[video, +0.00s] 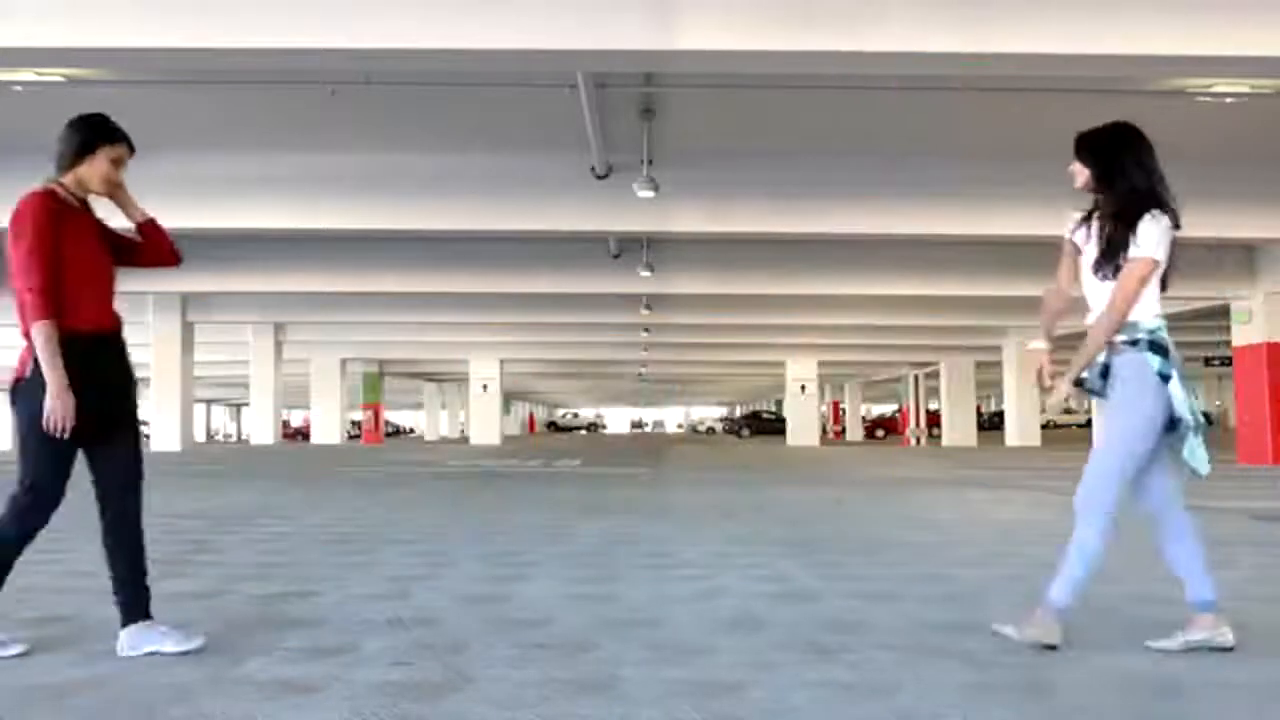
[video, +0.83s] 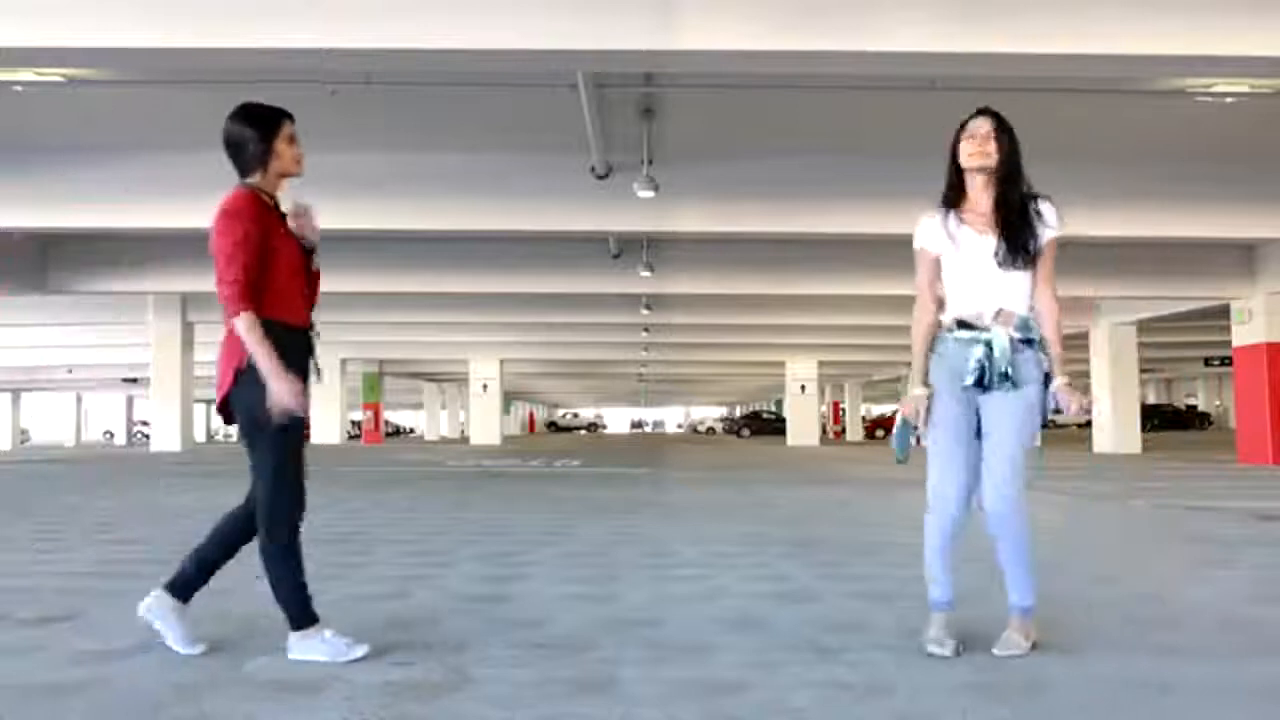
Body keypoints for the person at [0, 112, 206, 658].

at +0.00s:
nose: (117, 176)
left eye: (121, 167)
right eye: (114, 164)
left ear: (95, 163)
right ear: (85, 155)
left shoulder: (91, 227)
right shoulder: (36, 209)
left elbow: (165, 254)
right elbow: (33, 297)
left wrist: (121, 193)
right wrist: (56, 382)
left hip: (105, 364)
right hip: (51, 366)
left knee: (121, 494)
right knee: (36, 499)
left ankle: (136, 624)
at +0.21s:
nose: (167, 170)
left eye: (171, 161)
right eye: (161, 157)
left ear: (156, 161)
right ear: (128, 151)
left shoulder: (147, 223)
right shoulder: (87, 204)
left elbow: (220, 242)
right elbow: (69, 292)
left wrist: (171, 194)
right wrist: (82, 375)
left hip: (162, 355)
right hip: (116, 355)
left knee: (156, 499)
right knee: (132, 497)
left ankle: (139, 625)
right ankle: (33, 588)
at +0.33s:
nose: (194, 162)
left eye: (197, 153)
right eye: (189, 150)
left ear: (173, 156)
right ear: (159, 149)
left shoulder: (174, 222)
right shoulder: (116, 204)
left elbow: (246, 238)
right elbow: (98, 292)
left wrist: (196, 189)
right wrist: (108, 370)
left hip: (182, 352)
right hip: (142, 352)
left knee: (175, 489)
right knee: (178, 487)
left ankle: (140, 619)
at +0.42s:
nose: (216, 159)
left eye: (215, 148)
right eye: (209, 148)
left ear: (189, 154)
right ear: (179, 150)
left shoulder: (193, 224)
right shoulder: (137, 205)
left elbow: (263, 240)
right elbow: (119, 293)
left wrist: (215, 193)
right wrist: (131, 373)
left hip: (195, 353)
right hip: (157, 352)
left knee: (168, 492)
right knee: (206, 487)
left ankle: (138, 624)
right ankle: (183, 625)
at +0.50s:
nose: (234, 158)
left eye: (232, 147)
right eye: (226, 147)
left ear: (206, 154)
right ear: (196, 152)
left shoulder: (208, 224)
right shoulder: (159, 209)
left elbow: (277, 249)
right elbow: (144, 297)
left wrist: (231, 199)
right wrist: (156, 380)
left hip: (208, 358)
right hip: (175, 358)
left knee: (176, 499)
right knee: (220, 492)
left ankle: (140, 626)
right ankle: (250, 627)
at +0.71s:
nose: (275, 157)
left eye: (272, 147)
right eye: (266, 148)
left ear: (241, 159)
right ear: (239, 156)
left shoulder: (248, 220)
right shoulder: (211, 212)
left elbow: (302, 283)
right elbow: (203, 305)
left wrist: (275, 225)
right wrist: (214, 387)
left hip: (258, 362)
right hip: (230, 364)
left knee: (210, 500)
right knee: (265, 496)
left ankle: (144, 618)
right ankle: (303, 630)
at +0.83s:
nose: (299, 150)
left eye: (296, 140)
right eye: (289, 141)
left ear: (266, 151)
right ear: (261, 151)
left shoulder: (272, 214)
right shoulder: (238, 211)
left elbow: (300, 302)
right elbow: (236, 305)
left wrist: (307, 247)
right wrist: (276, 376)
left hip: (290, 359)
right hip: (259, 362)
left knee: (269, 499)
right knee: (279, 499)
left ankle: (169, 599)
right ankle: (304, 630)